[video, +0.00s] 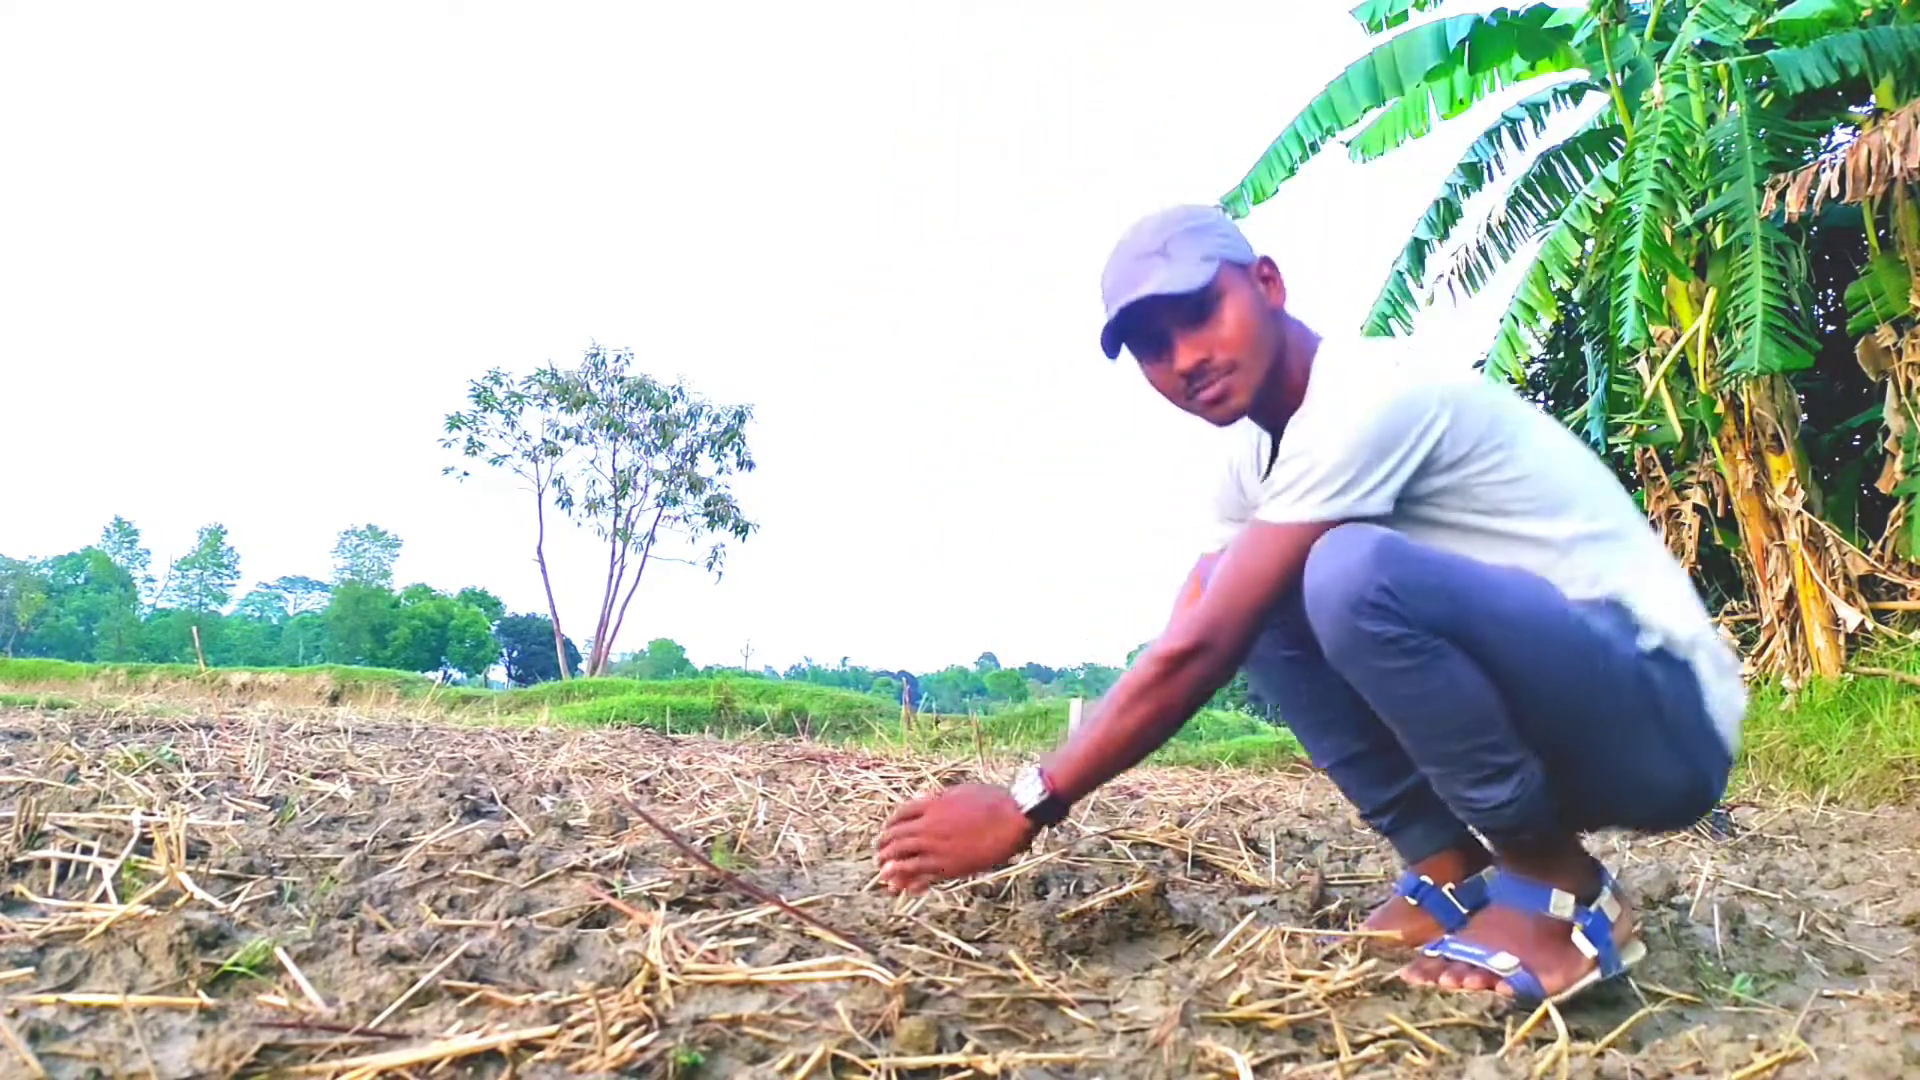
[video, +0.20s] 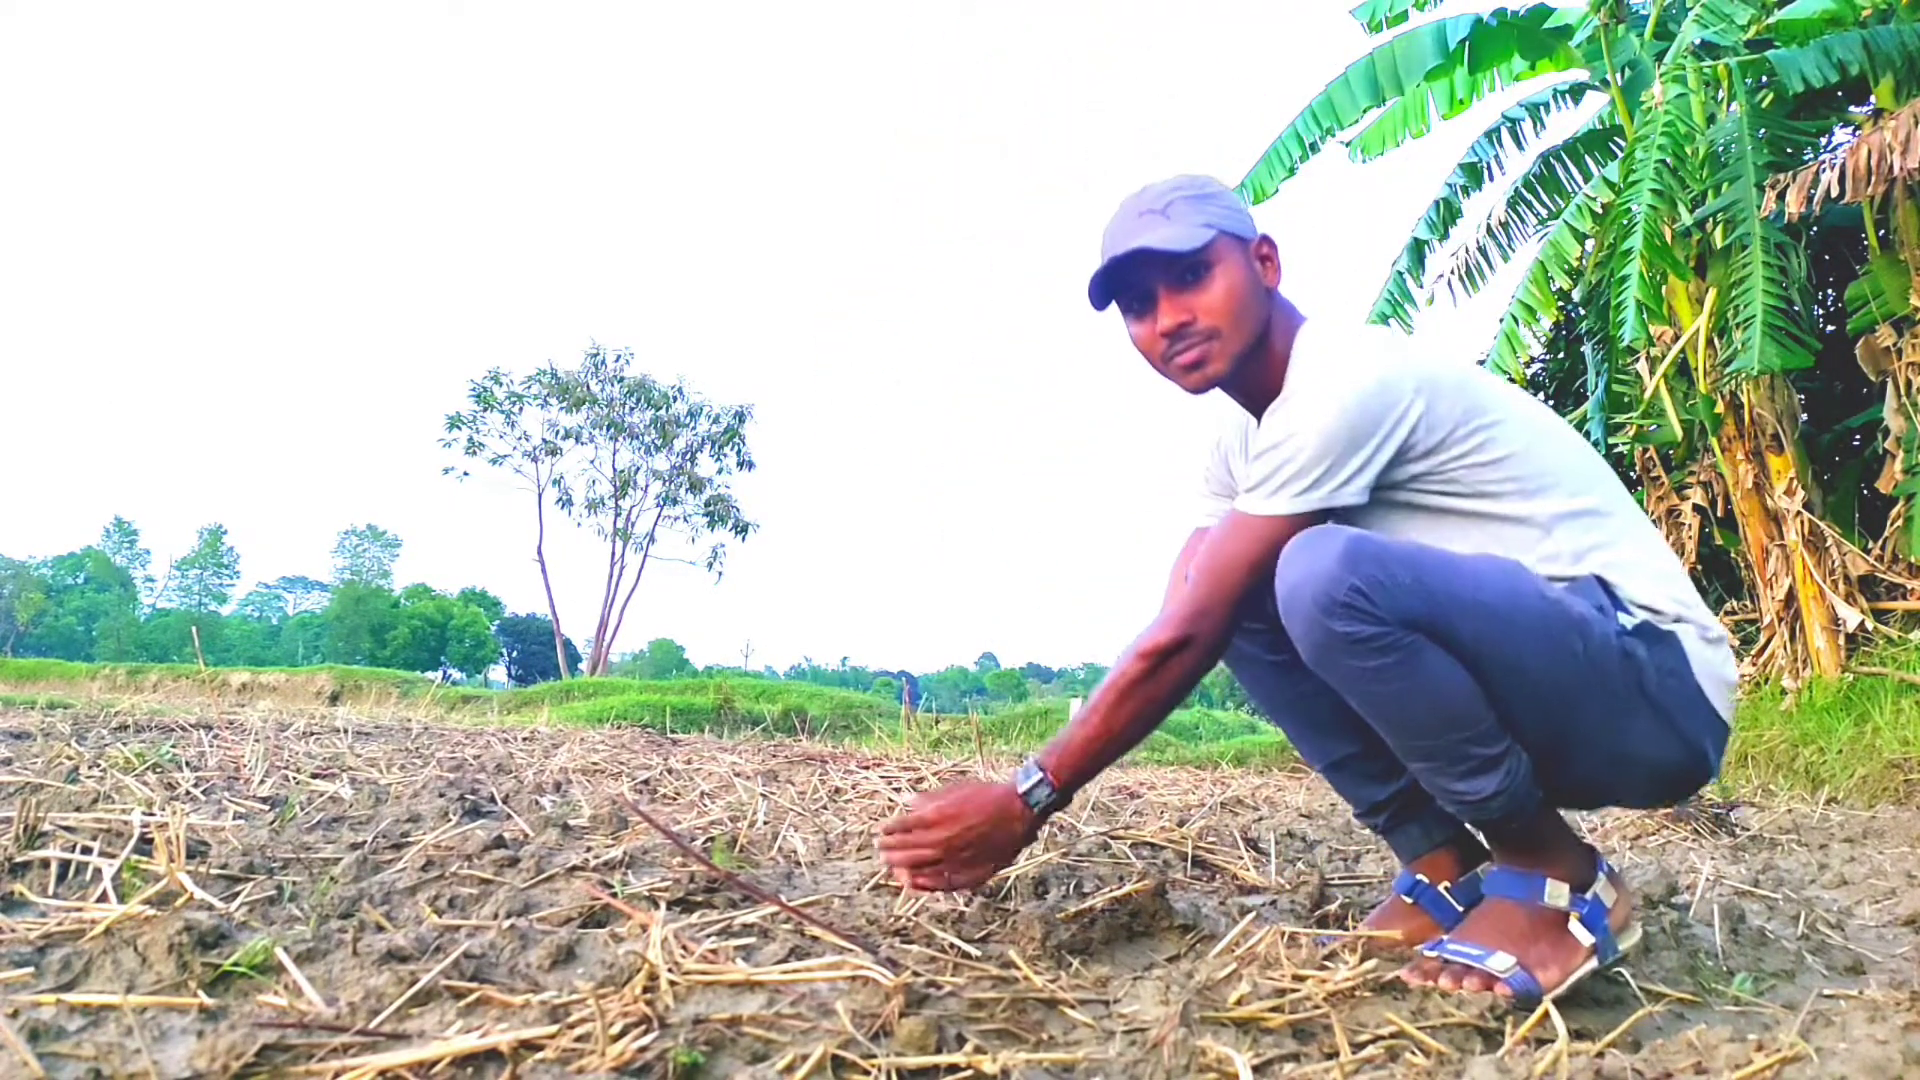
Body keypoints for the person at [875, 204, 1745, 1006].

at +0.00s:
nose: (1180, 361)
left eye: (1193, 313)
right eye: (1147, 346)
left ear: (1269, 283)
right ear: (1138, 369)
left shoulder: (1371, 398)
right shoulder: (1254, 466)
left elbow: (1196, 655)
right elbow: (1189, 649)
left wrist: (1028, 806)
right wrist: (1037, 798)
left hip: (1661, 712)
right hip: (1553, 731)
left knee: (1354, 576)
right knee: (1247, 603)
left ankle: (1560, 893)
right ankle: (1456, 873)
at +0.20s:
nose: (1164, 319)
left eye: (1188, 273)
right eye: (1134, 303)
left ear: (1265, 261)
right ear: (1124, 330)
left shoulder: (1354, 384)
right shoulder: (1240, 446)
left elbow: (1182, 641)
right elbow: (1175, 646)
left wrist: (1031, 798)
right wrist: (1028, 799)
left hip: (1653, 682)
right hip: (1549, 697)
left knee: (1331, 579)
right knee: (1238, 605)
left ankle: (1555, 877)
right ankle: (1446, 863)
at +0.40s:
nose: (1177, 293)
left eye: (1205, 250)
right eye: (1148, 275)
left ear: (1277, 247)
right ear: (1138, 306)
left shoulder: (1361, 370)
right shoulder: (1247, 449)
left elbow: (1177, 613)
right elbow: (1182, 632)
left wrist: (984, 697)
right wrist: (984, 696)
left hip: (1629, 706)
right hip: (1522, 724)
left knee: (1306, 588)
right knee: (1216, 617)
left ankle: (1543, 883)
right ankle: (1443, 869)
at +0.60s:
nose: (1210, 242)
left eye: (1238, 204)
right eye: (1183, 224)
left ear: (1311, 208)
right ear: (1169, 255)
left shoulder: (1383, 320)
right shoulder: (1280, 390)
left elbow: (1149, 472)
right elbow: (1124, 530)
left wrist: (946, 447)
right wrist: (951, 460)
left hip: (1609, 694)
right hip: (1498, 713)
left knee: (1298, 591)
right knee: (1180, 610)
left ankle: (1543, 872)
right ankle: (1439, 867)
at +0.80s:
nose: (1234, 216)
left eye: (1267, 181)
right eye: (1209, 197)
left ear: (1342, 188)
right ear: (1195, 222)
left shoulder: (1404, 286)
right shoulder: (1272, 362)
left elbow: (1141, 322)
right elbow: (1087, 424)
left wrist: (972, 255)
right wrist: (970, 288)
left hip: (1588, 686)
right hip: (1468, 700)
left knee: (1282, 593)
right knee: (1160, 631)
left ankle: (1529, 856)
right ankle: (1431, 868)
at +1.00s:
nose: (1255, 199)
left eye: (1286, 164)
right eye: (1231, 185)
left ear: (1358, 173)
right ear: (1211, 209)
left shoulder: (1411, 262)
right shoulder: (1281, 340)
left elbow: (1155, 262)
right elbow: (1100, 368)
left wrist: (997, 182)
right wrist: (993, 217)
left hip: (1581, 685)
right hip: (1457, 697)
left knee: (1275, 603)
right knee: (1155, 642)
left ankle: (1534, 855)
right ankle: (1435, 856)